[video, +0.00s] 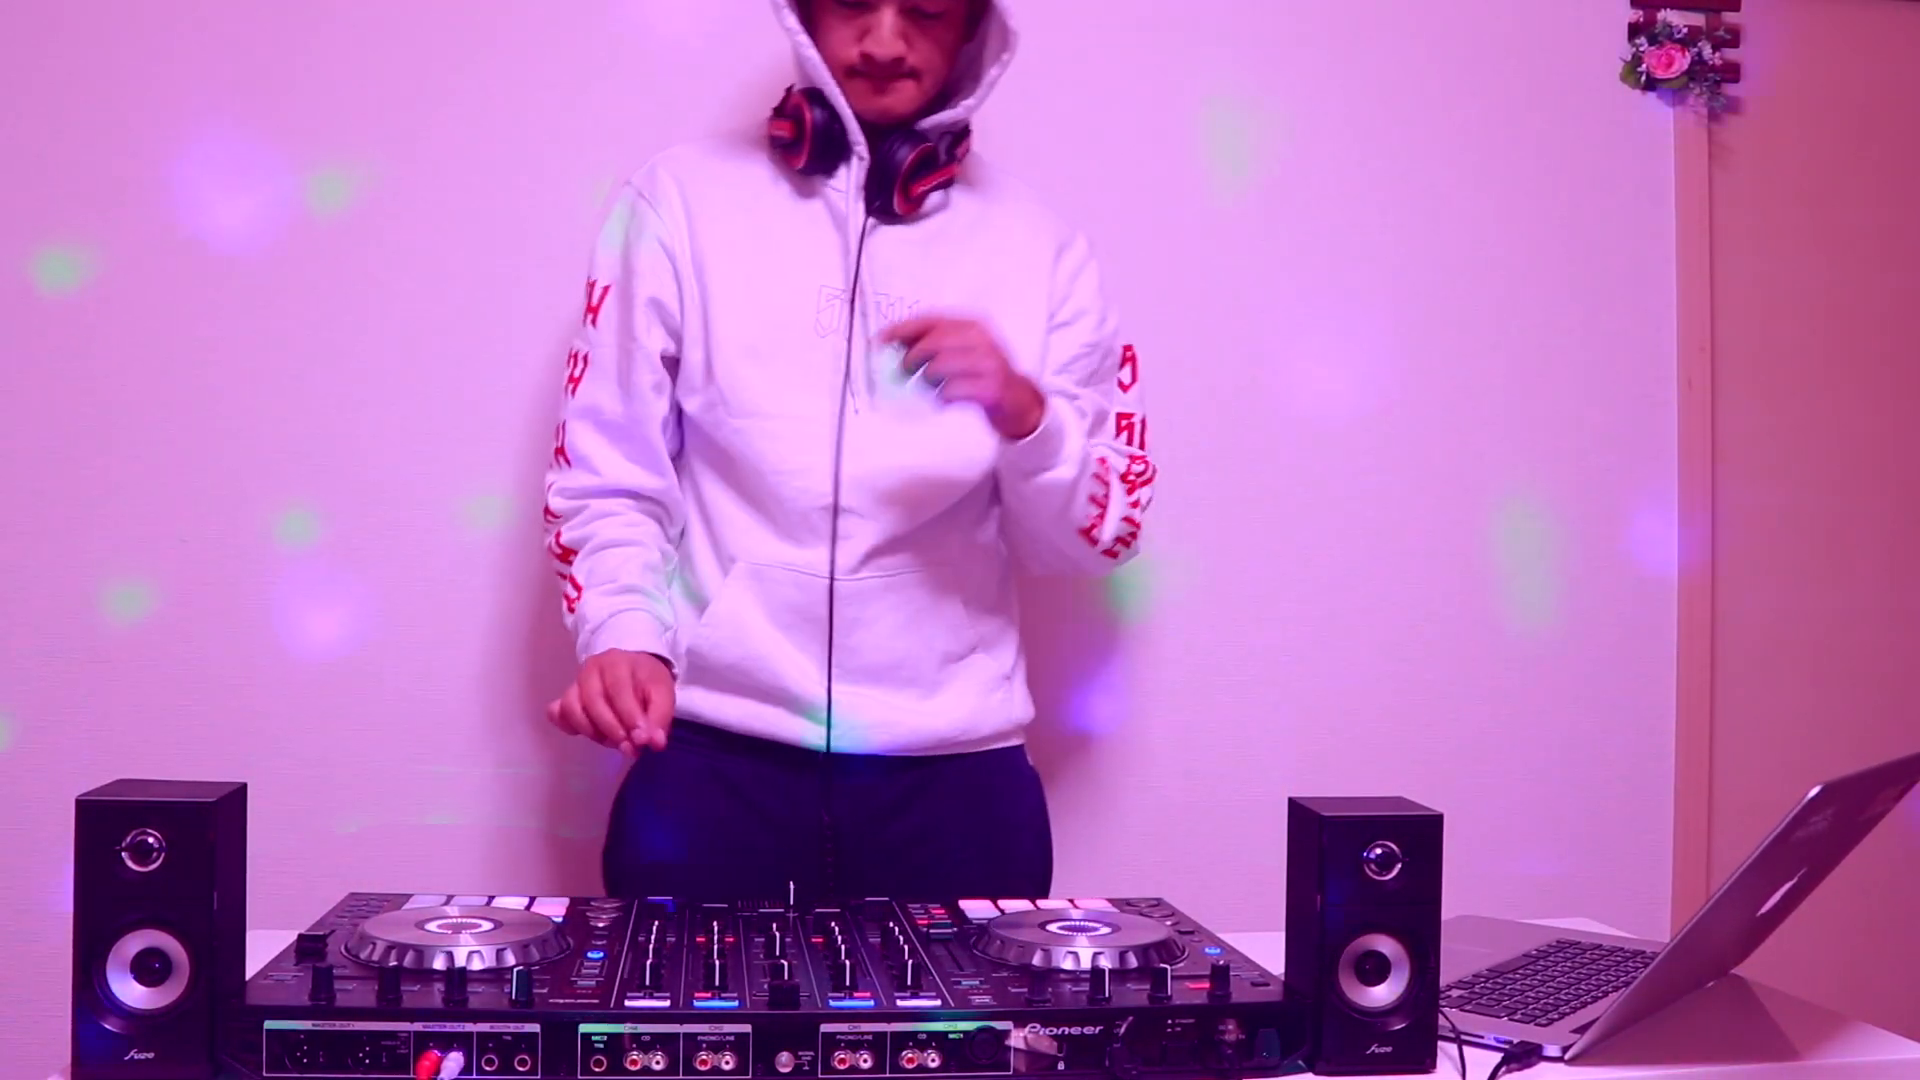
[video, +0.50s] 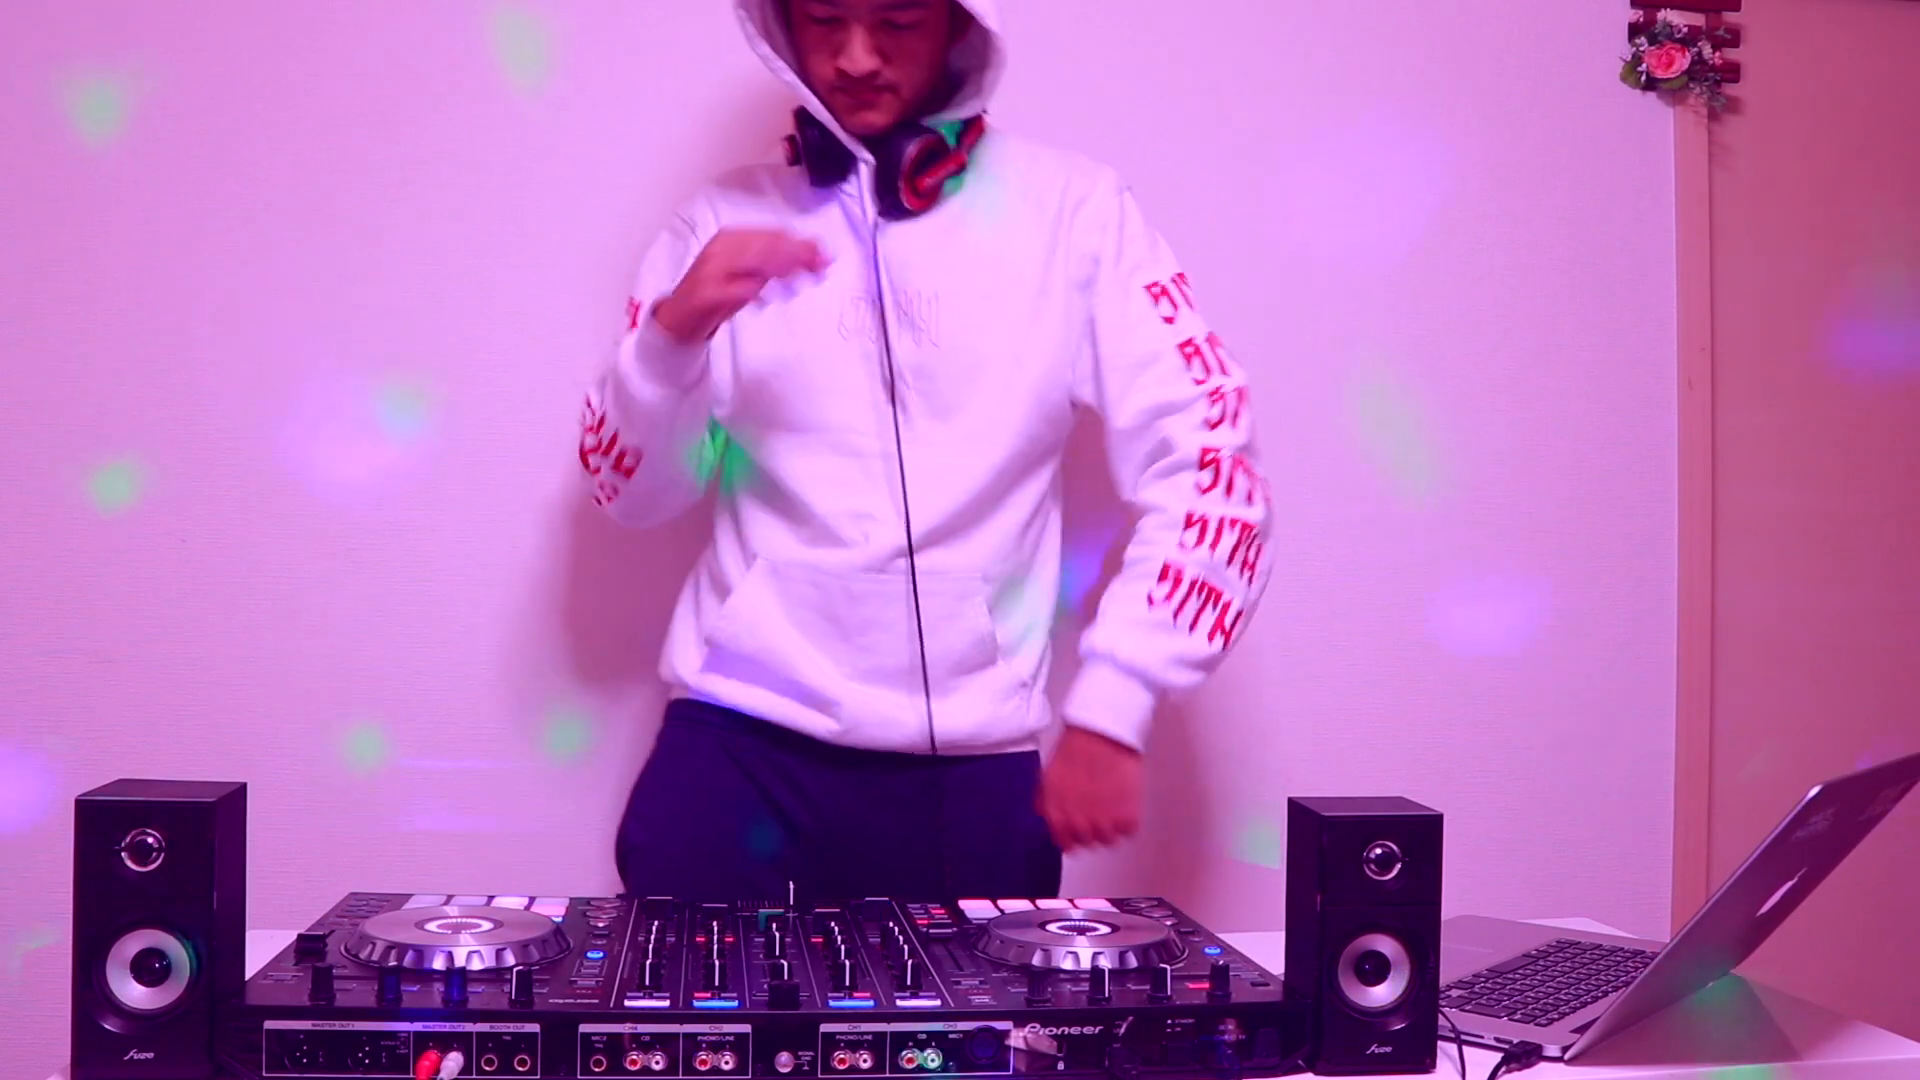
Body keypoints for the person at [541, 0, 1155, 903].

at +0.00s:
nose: (883, 43)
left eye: (924, 12)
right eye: (851, 5)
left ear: (971, 31)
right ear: (803, 14)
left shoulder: (1038, 249)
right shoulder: (681, 205)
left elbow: (1100, 534)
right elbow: (608, 476)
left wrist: (1023, 412)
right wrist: (623, 635)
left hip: (956, 784)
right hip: (715, 772)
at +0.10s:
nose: (913, 70)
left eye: (957, 39)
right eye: (880, 28)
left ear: (1001, 59)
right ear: (828, 34)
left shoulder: (1059, 264)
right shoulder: (706, 223)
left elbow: (1131, 559)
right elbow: (615, 484)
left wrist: (1077, 406)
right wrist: (624, 667)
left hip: (969, 797)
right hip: (728, 785)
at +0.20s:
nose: (926, 94)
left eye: (970, 60)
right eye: (894, 46)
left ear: (1018, 72)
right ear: (845, 34)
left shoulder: (1073, 261)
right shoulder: (724, 215)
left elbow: (1169, 548)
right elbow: (637, 469)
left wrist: (1130, 431)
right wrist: (640, 630)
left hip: (986, 795)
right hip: (749, 779)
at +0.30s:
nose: (920, 71)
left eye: (962, 37)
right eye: (885, 31)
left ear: (1009, 40)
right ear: (840, 29)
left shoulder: (1089, 245)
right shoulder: (726, 215)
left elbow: (1222, 454)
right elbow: (661, 441)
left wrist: (1118, 507)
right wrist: (650, 517)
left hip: (990, 799)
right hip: (756, 787)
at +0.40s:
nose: (893, 70)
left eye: (935, 35)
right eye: (859, 33)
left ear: (989, 44)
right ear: (819, 41)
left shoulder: (1092, 246)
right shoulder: (740, 233)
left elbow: (1243, 458)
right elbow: (659, 519)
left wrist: (1088, 630)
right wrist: (642, 438)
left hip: (987, 800)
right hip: (755, 789)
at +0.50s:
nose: (859, 59)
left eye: (896, 24)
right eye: (824, 22)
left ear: (952, 28)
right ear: (786, 31)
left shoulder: (1077, 215)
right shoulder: (727, 221)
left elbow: (1207, 477)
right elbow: (628, 491)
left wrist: (1109, 713)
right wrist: (671, 335)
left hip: (975, 783)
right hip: (743, 763)